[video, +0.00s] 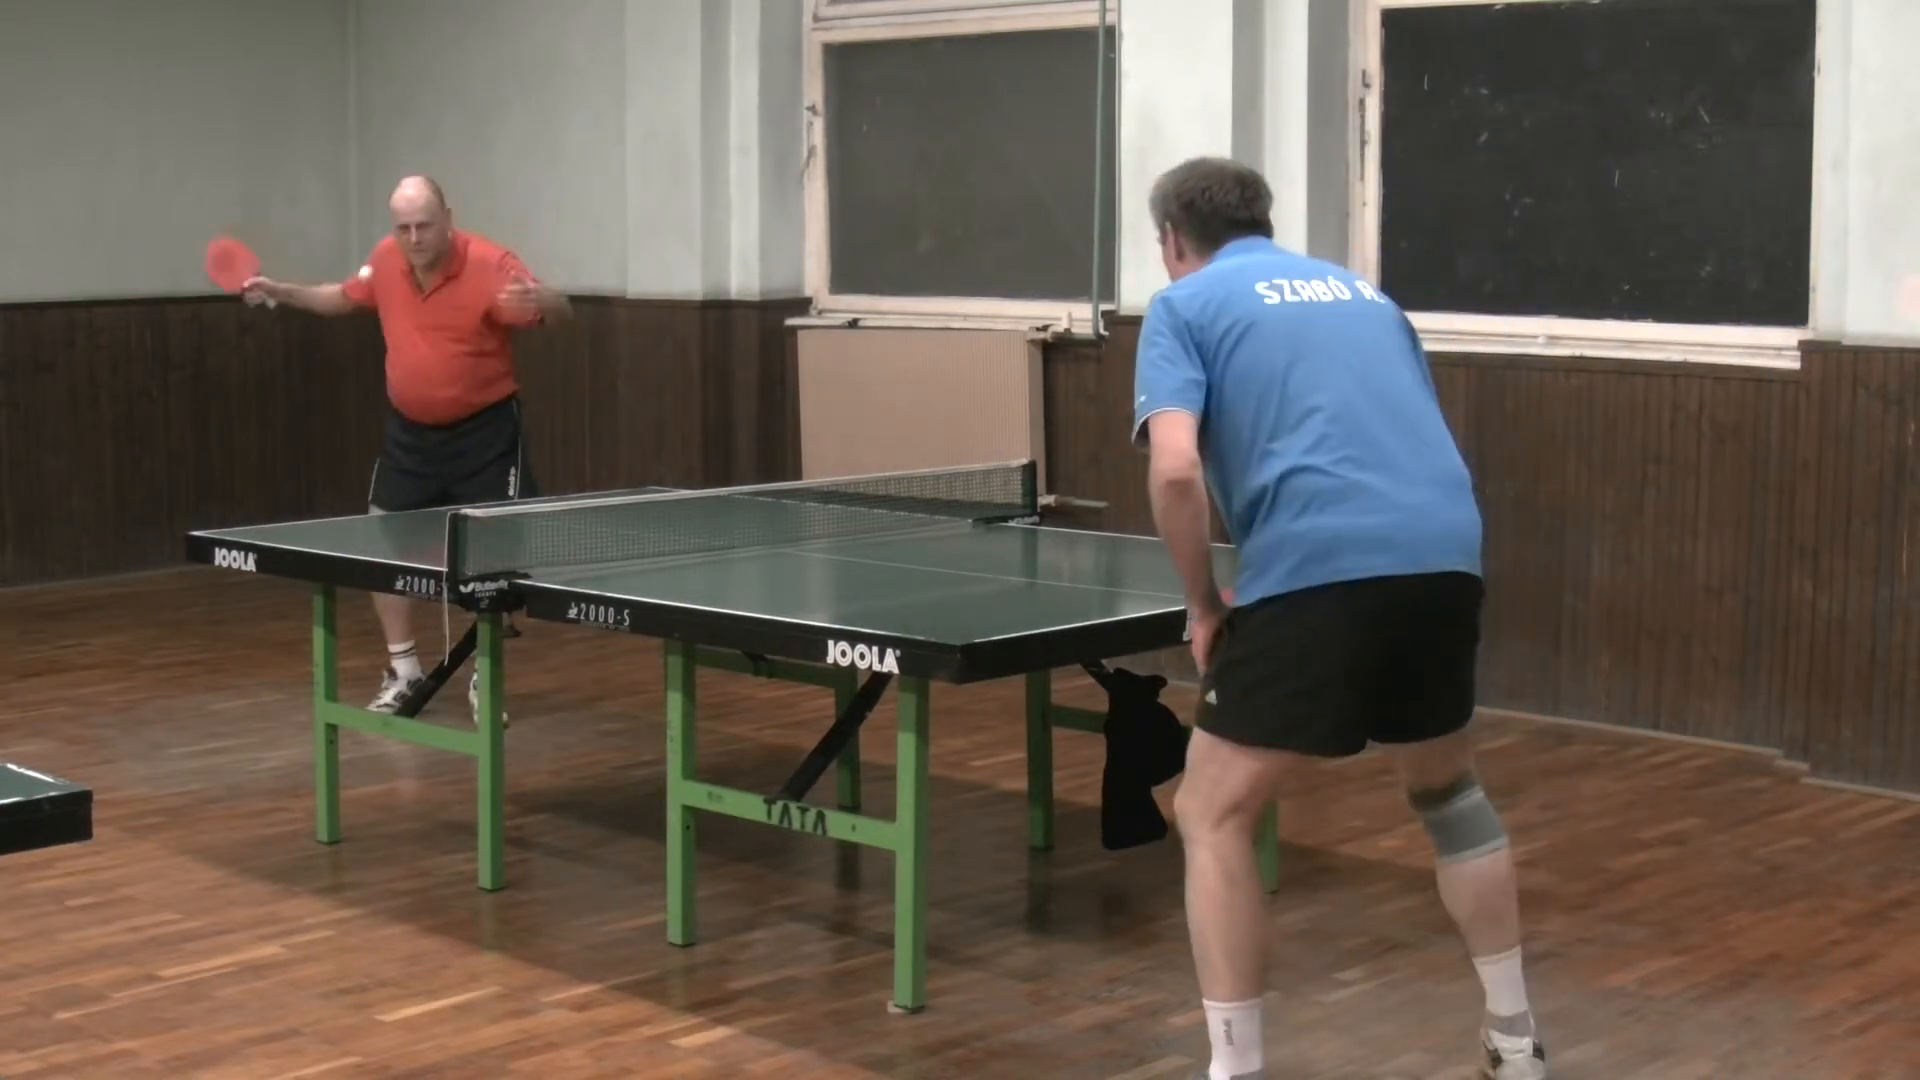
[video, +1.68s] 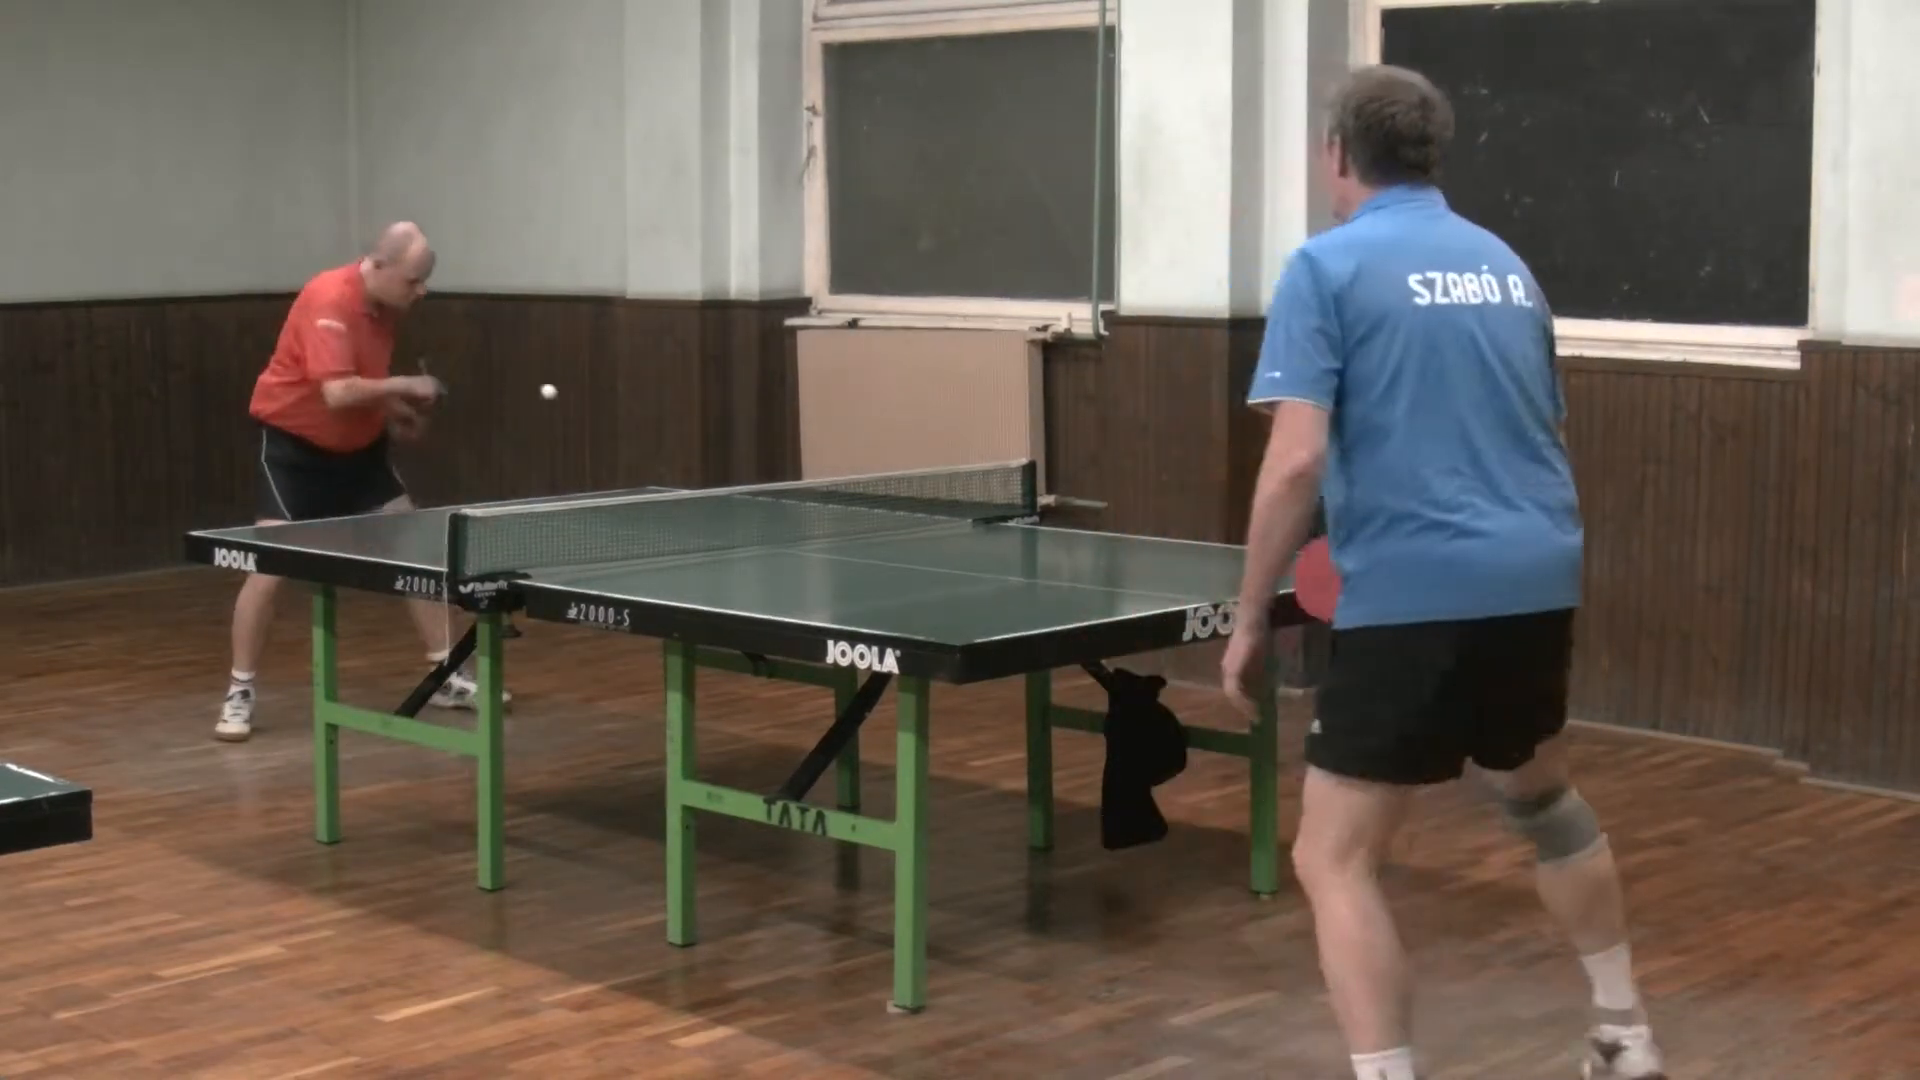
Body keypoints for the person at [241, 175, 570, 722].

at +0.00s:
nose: (413, 237)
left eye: (424, 225)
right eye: (403, 227)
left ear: (449, 219)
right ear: (393, 225)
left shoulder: (489, 263)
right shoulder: (387, 259)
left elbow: (557, 311)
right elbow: (345, 296)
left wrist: (538, 303)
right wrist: (281, 292)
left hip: (484, 433)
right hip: (410, 435)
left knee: (491, 557)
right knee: (381, 547)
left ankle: (484, 680)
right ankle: (406, 672)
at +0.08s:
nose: (417, 255)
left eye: (428, 243)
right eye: (406, 244)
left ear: (451, 232)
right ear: (395, 237)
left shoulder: (489, 268)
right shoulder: (386, 257)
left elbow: (556, 320)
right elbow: (350, 306)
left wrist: (551, 323)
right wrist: (296, 327)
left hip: (478, 436)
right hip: (402, 435)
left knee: (488, 558)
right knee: (378, 550)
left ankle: (485, 676)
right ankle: (404, 673)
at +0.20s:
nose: (429, 275)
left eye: (440, 264)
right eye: (418, 264)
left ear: (459, 249)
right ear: (403, 252)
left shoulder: (494, 278)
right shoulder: (386, 262)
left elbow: (552, 330)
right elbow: (347, 319)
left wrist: (567, 338)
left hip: (468, 438)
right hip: (391, 435)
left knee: (480, 561)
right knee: (356, 547)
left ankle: (483, 677)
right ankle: (390, 667)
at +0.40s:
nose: (442, 270)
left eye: (451, 259)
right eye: (431, 260)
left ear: (465, 250)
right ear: (408, 252)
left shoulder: (489, 283)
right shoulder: (376, 266)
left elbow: (536, 325)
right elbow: (320, 324)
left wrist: (581, 337)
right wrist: (363, 351)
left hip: (450, 439)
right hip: (367, 435)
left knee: (466, 565)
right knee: (315, 549)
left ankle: (479, 677)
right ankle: (312, 674)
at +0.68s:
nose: (400, 263)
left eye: (407, 252)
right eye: (388, 254)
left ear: (414, 248)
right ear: (359, 252)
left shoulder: (427, 287)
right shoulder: (323, 285)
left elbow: (459, 329)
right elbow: (274, 362)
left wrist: (509, 343)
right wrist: (324, 398)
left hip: (398, 449)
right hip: (318, 450)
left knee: (446, 557)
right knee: (276, 561)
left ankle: (475, 685)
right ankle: (248, 690)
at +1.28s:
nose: (390, 273)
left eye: (394, 263)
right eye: (377, 265)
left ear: (401, 260)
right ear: (345, 264)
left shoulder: (408, 297)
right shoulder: (309, 307)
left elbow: (435, 355)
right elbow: (276, 397)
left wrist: (457, 401)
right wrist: (340, 435)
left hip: (386, 458)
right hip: (307, 461)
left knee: (445, 553)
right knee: (266, 562)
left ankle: (459, 676)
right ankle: (243, 690)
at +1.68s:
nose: (421, 292)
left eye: (425, 281)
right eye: (413, 281)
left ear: (387, 271)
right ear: (377, 268)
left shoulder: (382, 300)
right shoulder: (330, 298)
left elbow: (362, 374)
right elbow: (337, 392)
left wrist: (388, 406)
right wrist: (404, 385)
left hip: (361, 446)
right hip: (296, 446)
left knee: (415, 549)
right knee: (273, 566)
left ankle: (450, 673)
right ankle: (240, 691)